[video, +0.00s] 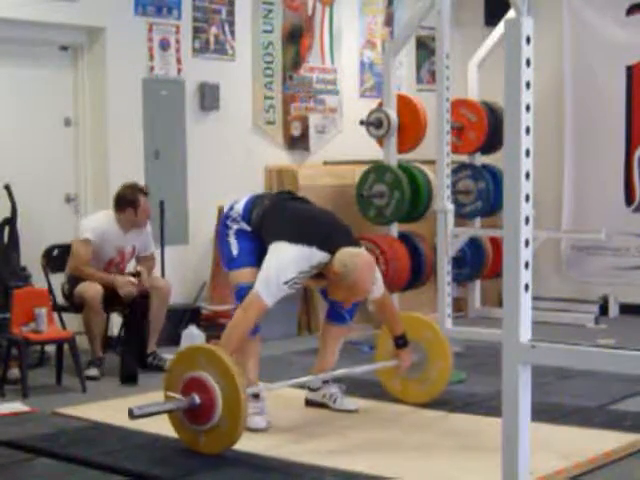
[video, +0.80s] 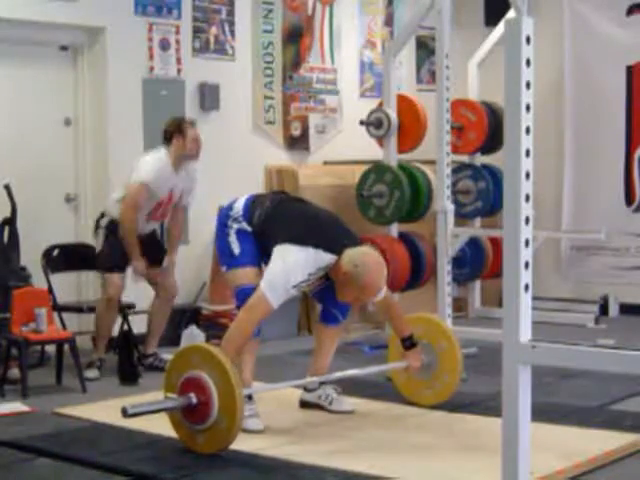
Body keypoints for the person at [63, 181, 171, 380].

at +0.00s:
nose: (149, 214)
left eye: (148, 208)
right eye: (145, 208)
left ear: (131, 211)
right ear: (129, 211)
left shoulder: (143, 227)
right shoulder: (93, 226)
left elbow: (147, 259)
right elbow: (76, 267)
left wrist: (142, 275)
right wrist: (115, 281)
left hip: (121, 279)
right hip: (87, 279)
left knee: (161, 287)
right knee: (93, 292)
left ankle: (150, 352)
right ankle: (96, 358)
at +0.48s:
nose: (181, 211)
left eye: (181, 206)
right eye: (177, 206)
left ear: (161, 209)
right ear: (159, 209)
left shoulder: (171, 226)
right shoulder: (128, 223)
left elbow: (164, 256)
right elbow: (103, 262)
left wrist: (153, 281)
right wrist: (124, 291)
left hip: (138, 266)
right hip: (107, 266)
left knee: (171, 290)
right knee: (101, 297)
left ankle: (150, 352)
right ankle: (97, 359)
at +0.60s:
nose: (188, 187)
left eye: (188, 180)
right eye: (184, 181)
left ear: (170, 183)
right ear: (167, 182)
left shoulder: (178, 205)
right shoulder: (133, 204)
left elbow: (168, 245)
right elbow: (110, 248)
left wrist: (160, 278)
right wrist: (125, 290)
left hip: (139, 253)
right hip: (106, 251)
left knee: (173, 291)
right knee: (105, 297)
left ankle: (150, 352)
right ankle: (97, 358)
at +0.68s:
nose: (191, 169)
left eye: (191, 163)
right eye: (187, 164)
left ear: (175, 166)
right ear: (170, 167)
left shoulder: (183, 192)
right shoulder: (142, 188)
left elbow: (171, 239)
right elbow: (118, 232)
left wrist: (161, 275)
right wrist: (125, 279)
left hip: (142, 245)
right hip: (109, 241)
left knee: (170, 289)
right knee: (108, 294)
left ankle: (151, 352)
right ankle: (98, 357)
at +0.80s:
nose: (199, 145)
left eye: (199, 140)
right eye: (194, 140)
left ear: (184, 141)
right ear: (177, 140)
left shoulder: (188, 172)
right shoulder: (152, 166)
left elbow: (178, 215)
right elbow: (127, 212)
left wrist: (171, 255)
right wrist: (136, 258)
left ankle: (150, 352)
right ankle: (98, 356)